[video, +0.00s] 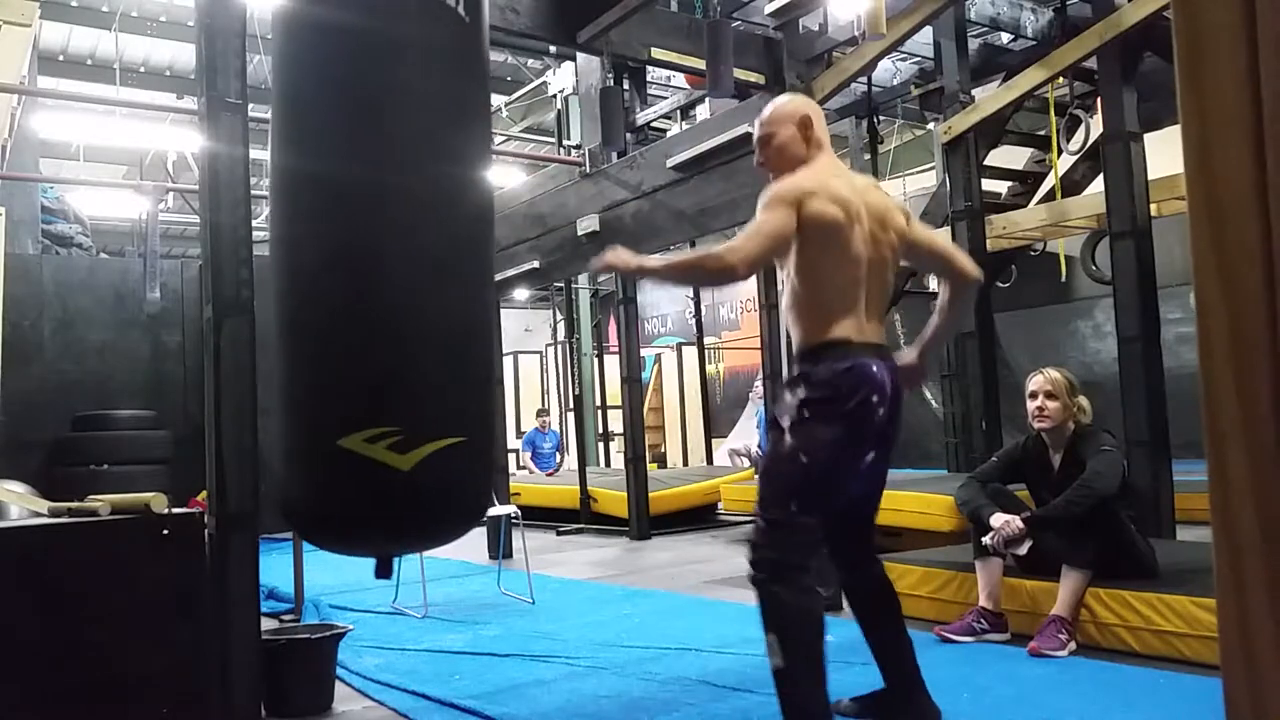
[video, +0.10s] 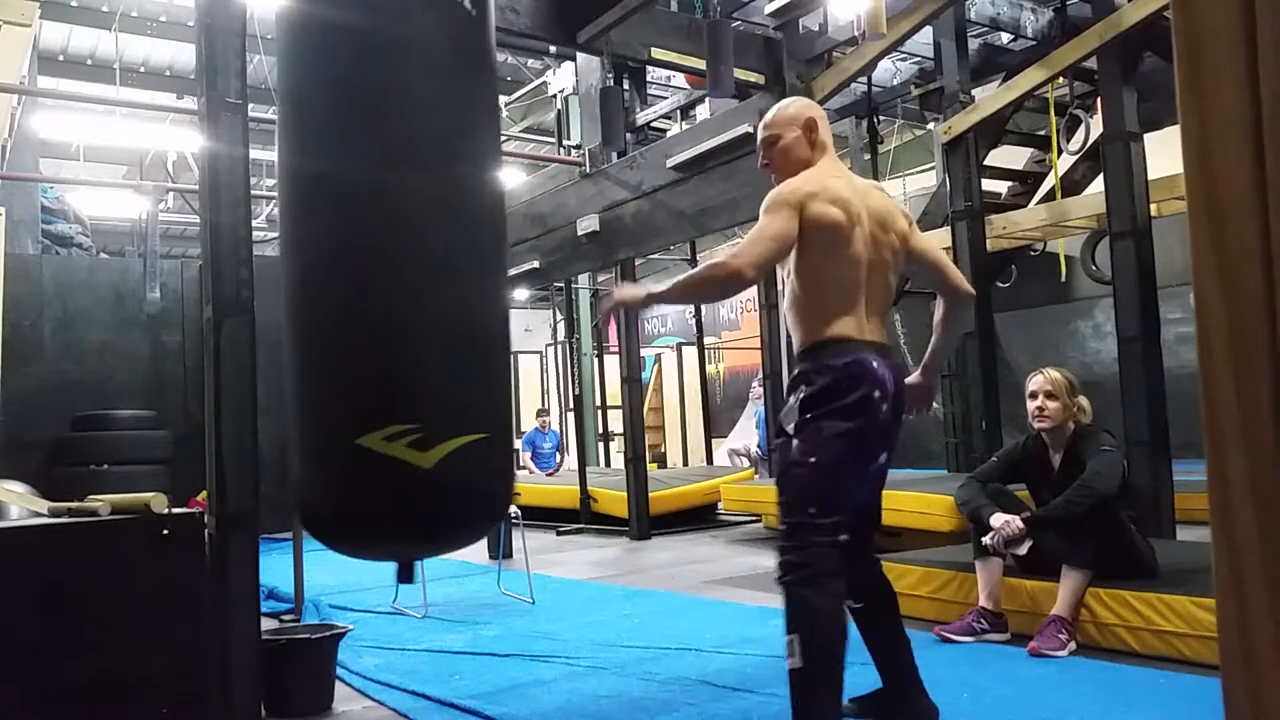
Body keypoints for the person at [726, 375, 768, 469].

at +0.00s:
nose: (755, 390)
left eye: (757, 386)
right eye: (754, 387)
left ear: (766, 387)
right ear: (753, 390)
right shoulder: (760, 411)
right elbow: (759, 432)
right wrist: (755, 446)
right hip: (762, 449)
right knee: (732, 450)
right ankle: (741, 477)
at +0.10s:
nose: (752, 390)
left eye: (757, 387)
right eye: (752, 388)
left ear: (765, 388)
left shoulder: (763, 411)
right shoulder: (759, 411)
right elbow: (758, 432)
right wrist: (754, 445)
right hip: (762, 449)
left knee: (731, 450)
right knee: (731, 450)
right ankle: (741, 477)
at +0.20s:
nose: (748, 392)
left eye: (751, 388)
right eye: (748, 389)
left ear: (761, 389)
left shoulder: (764, 410)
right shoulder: (757, 411)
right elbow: (756, 432)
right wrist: (753, 445)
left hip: (767, 454)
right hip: (759, 450)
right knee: (731, 450)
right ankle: (741, 477)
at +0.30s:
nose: (744, 393)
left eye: (746, 390)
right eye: (744, 390)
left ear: (756, 389)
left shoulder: (765, 407)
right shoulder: (754, 409)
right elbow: (755, 430)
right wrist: (754, 445)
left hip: (767, 451)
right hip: (758, 448)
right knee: (730, 451)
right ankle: (741, 478)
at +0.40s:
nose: (738, 395)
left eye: (741, 392)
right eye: (738, 392)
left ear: (750, 391)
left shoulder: (763, 405)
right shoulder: (748, 410)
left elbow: (775, 427)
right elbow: (751, 431)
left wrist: (767, 445)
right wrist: (752, 445)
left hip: (765, 445)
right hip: (755, 445)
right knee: (729, 451)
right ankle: (741, 478)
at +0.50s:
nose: (731, 398)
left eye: (734, 395)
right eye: (731, 396)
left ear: (744, 393)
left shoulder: (759, 406)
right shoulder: (742, 413)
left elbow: (774, 424)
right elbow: (747, 431)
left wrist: (761, 439)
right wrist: (751, 442)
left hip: (766, 444)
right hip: (751, 444)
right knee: (728, 452)